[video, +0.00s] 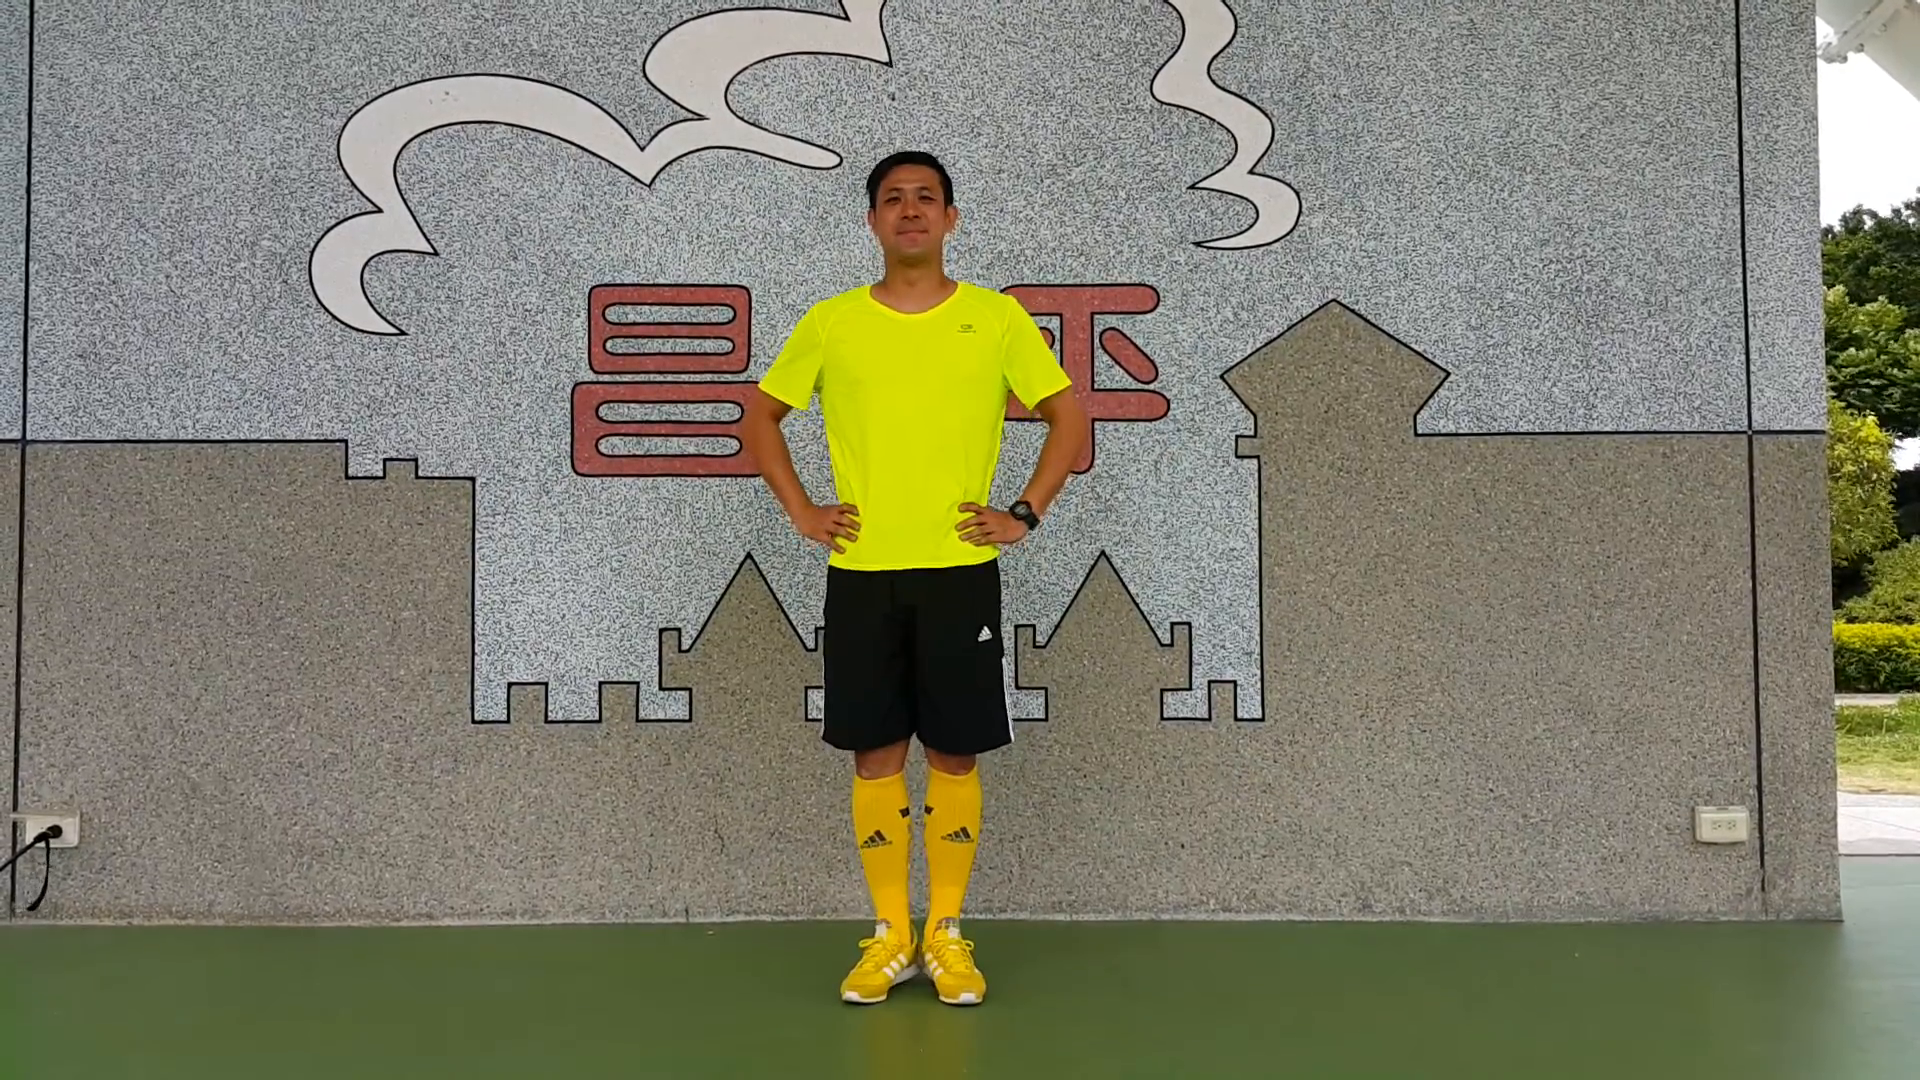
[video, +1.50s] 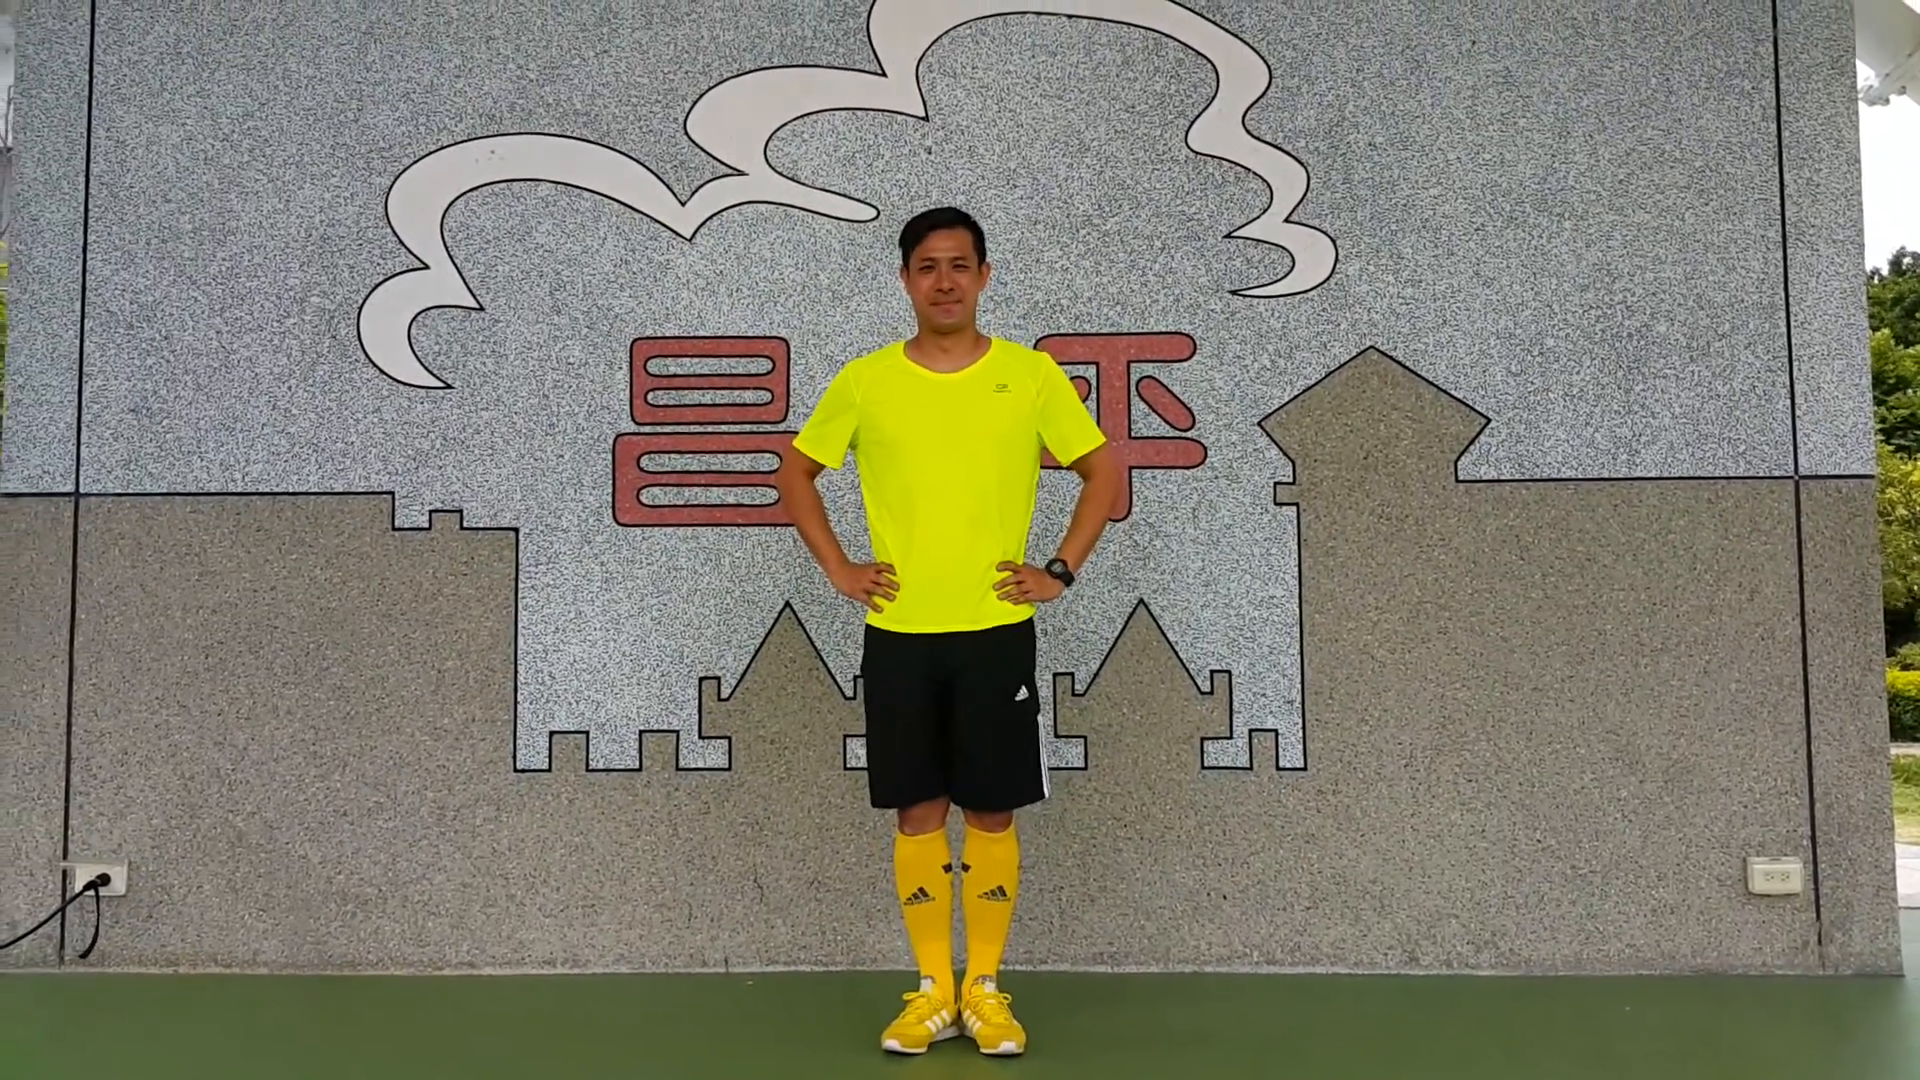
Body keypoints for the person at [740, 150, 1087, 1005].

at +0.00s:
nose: (910, 210)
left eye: (925, 198)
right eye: (894, 200)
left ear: (951, 220)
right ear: (872, 223)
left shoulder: (996, 317)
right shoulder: (832, 320)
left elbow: (1072, 417)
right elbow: (758, 417)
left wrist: (1025, 514)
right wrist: (801, 509)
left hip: (960, 568)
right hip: (863, 568)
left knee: (953, 750)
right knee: (876, 750)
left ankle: (944, 932)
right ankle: (891, 934)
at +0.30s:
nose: (910, 241)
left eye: (925, 226)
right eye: (893, 227)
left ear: (949, 237)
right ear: (872, 240)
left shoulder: (994, 334)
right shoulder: (830, 338)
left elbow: (1070, 431)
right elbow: (758, 432)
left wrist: (1021, 530)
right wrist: (802, 526)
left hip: (958, 583)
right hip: (862, 584)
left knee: (951, 765)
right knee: (877, 766)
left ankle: (943, 946)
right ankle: (894, 949)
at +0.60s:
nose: (909, 251)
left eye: (924, 236)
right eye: (893, 237)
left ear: (948, 250)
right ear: (872, 252)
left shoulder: (992, 346)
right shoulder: (830, 349)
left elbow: (1068, 443)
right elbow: (757, 443)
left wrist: (1021, 542)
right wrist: (801, 537)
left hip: (958, 596)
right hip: (862, 597)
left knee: (951, 779)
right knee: (876, 779)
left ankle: (944, 960)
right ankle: (895, 962)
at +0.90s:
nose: (914, 237)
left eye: (929, 226)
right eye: (897, 228)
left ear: (954, 250)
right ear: (875, 255)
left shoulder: (1001, 345)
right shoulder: (836, 350)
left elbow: (1078, 444)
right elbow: (762, 445)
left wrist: (1032, 541)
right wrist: (807, 539)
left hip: (968, 595)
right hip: (871, 597)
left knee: (962, 781)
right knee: (884, 782)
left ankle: (957, 966)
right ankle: (902, 969)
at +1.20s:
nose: (930, 272)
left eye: (946, 257)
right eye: (914, 259)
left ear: (970, 270)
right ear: (893, 275)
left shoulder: (1018, 368)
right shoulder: (853, 372)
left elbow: (1094, 465)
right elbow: (781, 467)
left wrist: (1049, 564)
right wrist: (828, 561)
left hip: (986, 620)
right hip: (890, 621)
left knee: (980, 801)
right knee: (908, 801)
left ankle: (974, 983)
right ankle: (924, 985)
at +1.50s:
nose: (944, 280)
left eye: (960, 265)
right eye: (928, 267)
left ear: (984, 278)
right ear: (906, 282)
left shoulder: (1030, 373)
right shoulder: (865, 380)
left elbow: (1106, 469)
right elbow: (794, 474)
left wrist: (1061, 570)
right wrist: (838, 566)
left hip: (997, 624)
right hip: (900, 626)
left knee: (990, 809)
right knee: (918, 808)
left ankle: (983, 989)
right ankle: (934, 991)